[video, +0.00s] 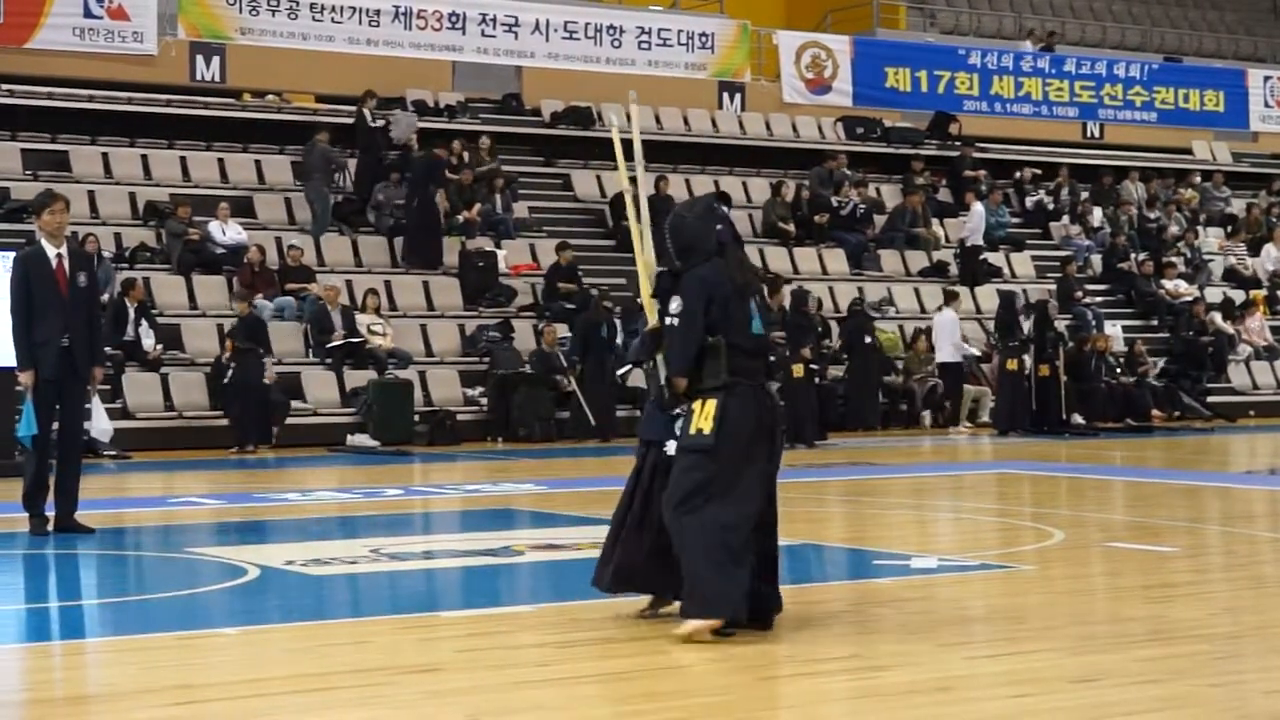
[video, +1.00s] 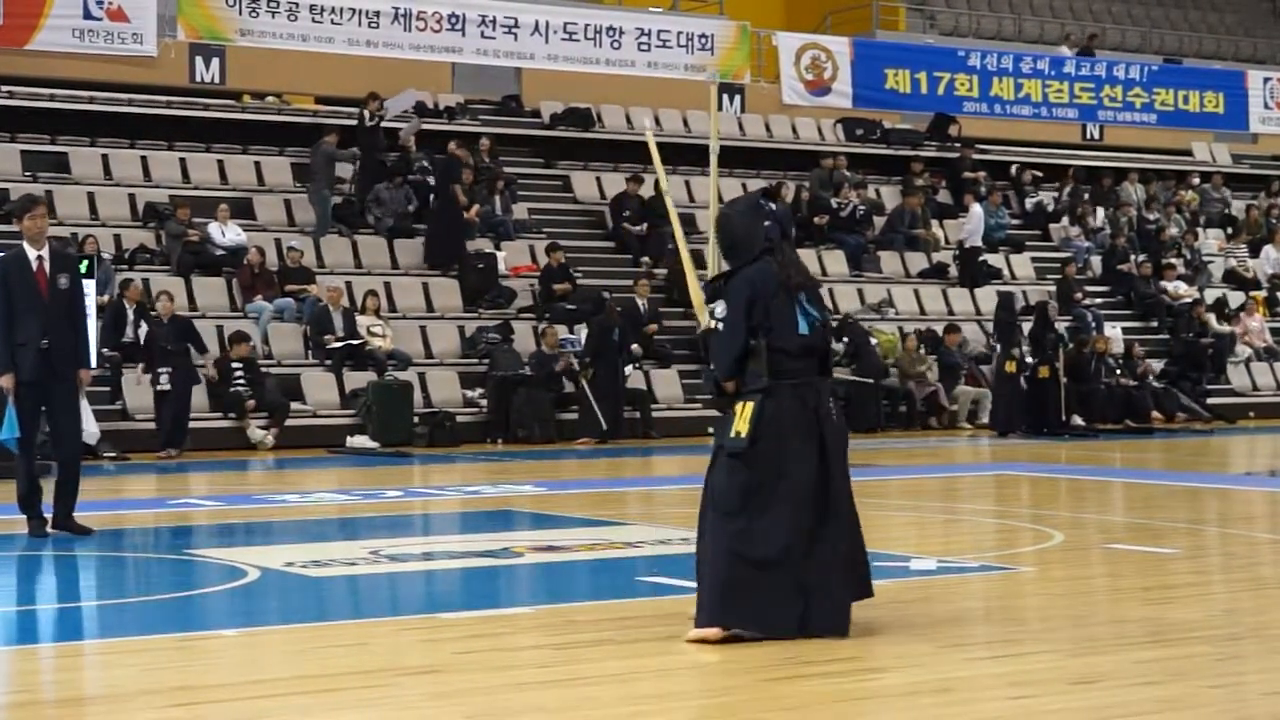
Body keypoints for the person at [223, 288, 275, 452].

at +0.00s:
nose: (235, 307)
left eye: (237, 303)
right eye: (234, 303)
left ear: (246, 303)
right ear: (237, 304)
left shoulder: (257, 321)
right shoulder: (239, 321)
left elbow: (266, 347)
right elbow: (234, 343)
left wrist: (269, 369)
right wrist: (228, 354)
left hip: (254, 364)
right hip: (239, 363)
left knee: (252, 400)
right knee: (237, 400)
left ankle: (251, 441)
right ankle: (240, 441)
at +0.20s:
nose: (213, 309)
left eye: (215, 305)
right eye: (212, 305)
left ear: (224, 305)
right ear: (218, 306)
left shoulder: (235, 322)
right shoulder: (218, 325)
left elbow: (240, 349)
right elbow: (217, 349)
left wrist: (230, 366)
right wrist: (210, 361)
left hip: (235, 367)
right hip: (218, 366)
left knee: (238, 404)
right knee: (205, 401)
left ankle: (246, 440)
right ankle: (198, 440)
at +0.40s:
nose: (191, 309)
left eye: (194, 305)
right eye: (191, 305)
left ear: (203, 304)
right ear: (197, 306)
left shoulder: (215, 322)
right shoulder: (196, 325)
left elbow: (221, 348)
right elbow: (193, 348)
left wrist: (213, 366)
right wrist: (188, 361)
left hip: (212, 368)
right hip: (196, 367)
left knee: (212, 404)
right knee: (186, 403)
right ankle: (184, 442)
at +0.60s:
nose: (177, 306)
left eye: (180, 302)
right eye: (175, 303)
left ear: (189, 303)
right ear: (175, 305)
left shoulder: (202, 321)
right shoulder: (179, 324)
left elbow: (215, 344)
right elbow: (175, 347)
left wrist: (219, 365)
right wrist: (166, 356)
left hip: (200, 365)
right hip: (183, 366)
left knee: (197, 401)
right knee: (181, 401)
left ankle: (205, 437)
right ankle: (184, 442)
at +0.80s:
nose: (169, 307)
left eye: (173, 303)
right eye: (166, 304)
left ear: (179, 306)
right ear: (162, 308)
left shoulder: (192, 324)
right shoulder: (160, 330)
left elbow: (208, 345)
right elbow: (153, 352)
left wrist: (220, 365)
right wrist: (154, 369)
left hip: (190, 368)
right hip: (169, 369)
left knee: (186, 405)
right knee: (170, 404)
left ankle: (184, 441)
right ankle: (170, 442)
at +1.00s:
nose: (163, 306)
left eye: (166, 302)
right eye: (160, 302)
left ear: (173, 304)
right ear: (156, 306)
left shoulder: (184, 323)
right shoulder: (153, 325)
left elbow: (199, 346)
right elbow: (147, 350)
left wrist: (210, 366)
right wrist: (141, 369)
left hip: (181, 371)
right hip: (160, 371)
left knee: (178, 408)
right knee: (162, 408)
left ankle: (176, 445)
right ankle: (166, 445)